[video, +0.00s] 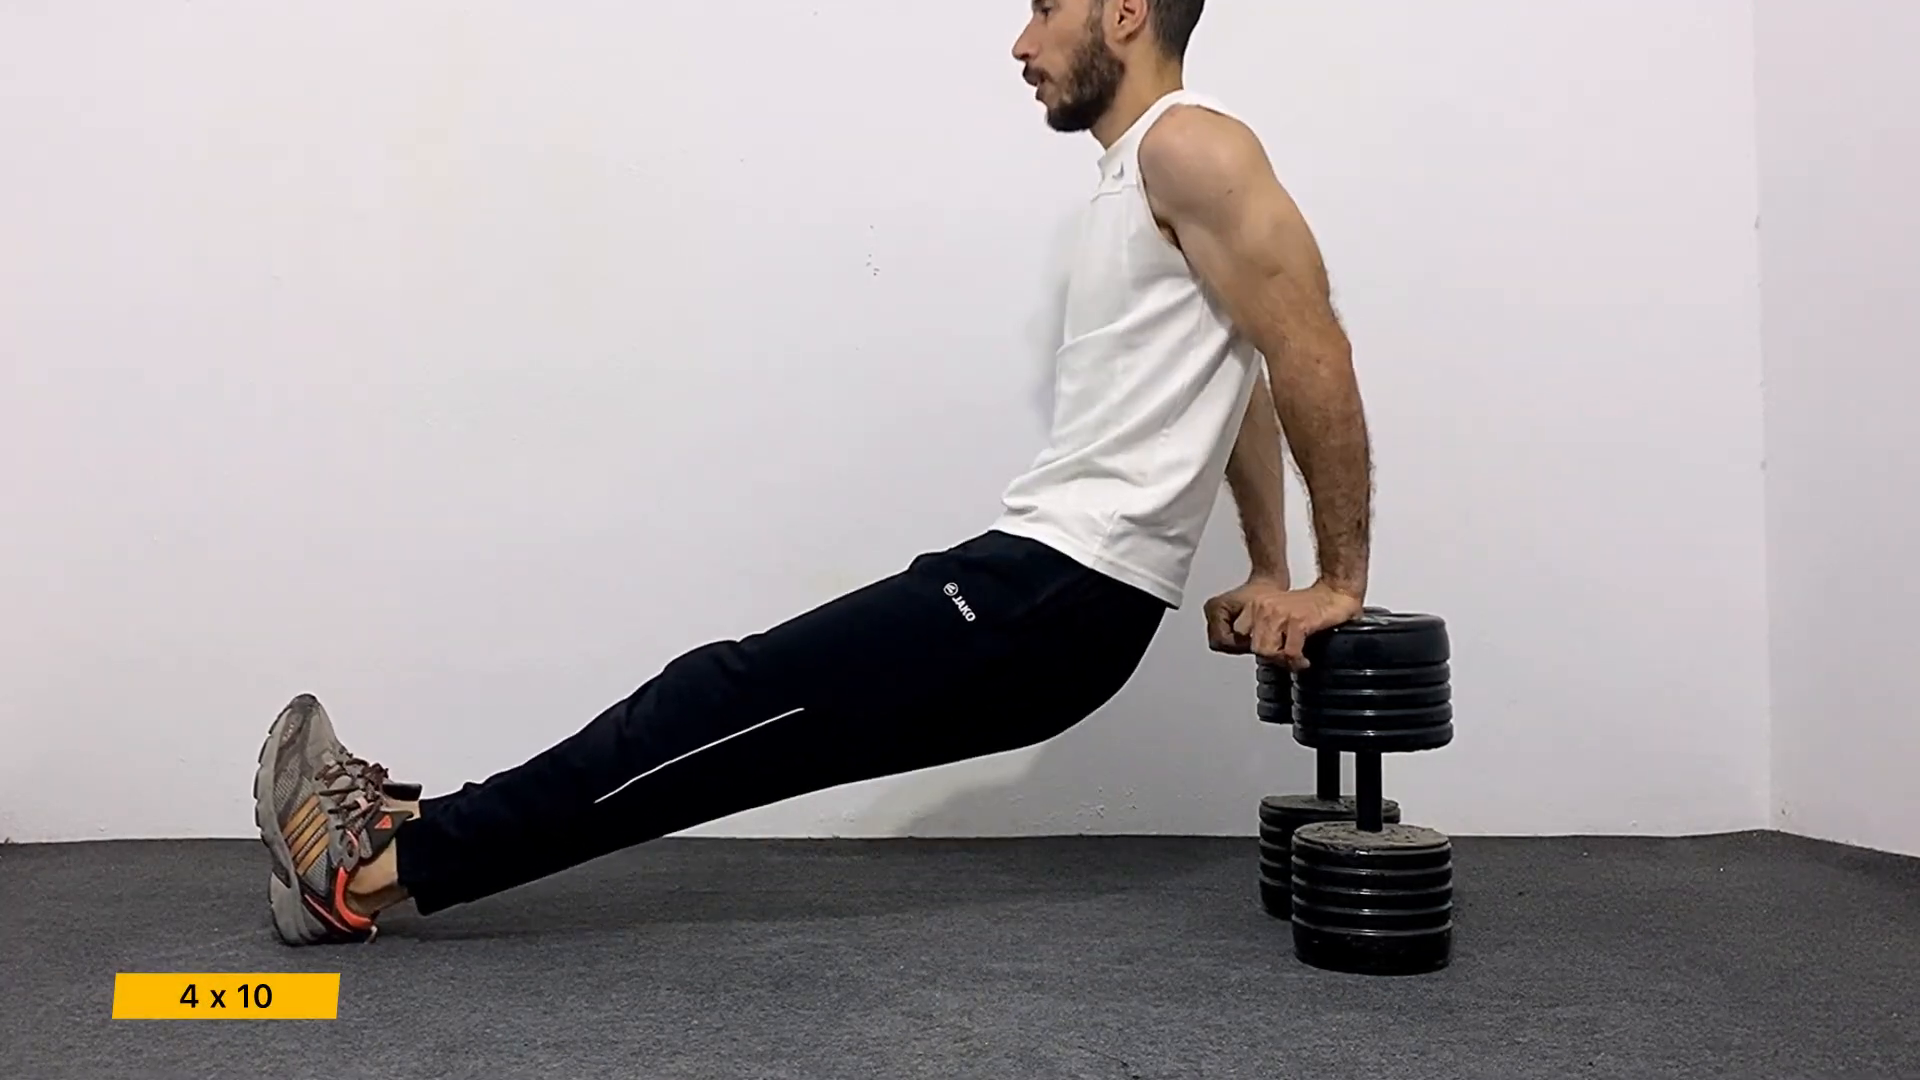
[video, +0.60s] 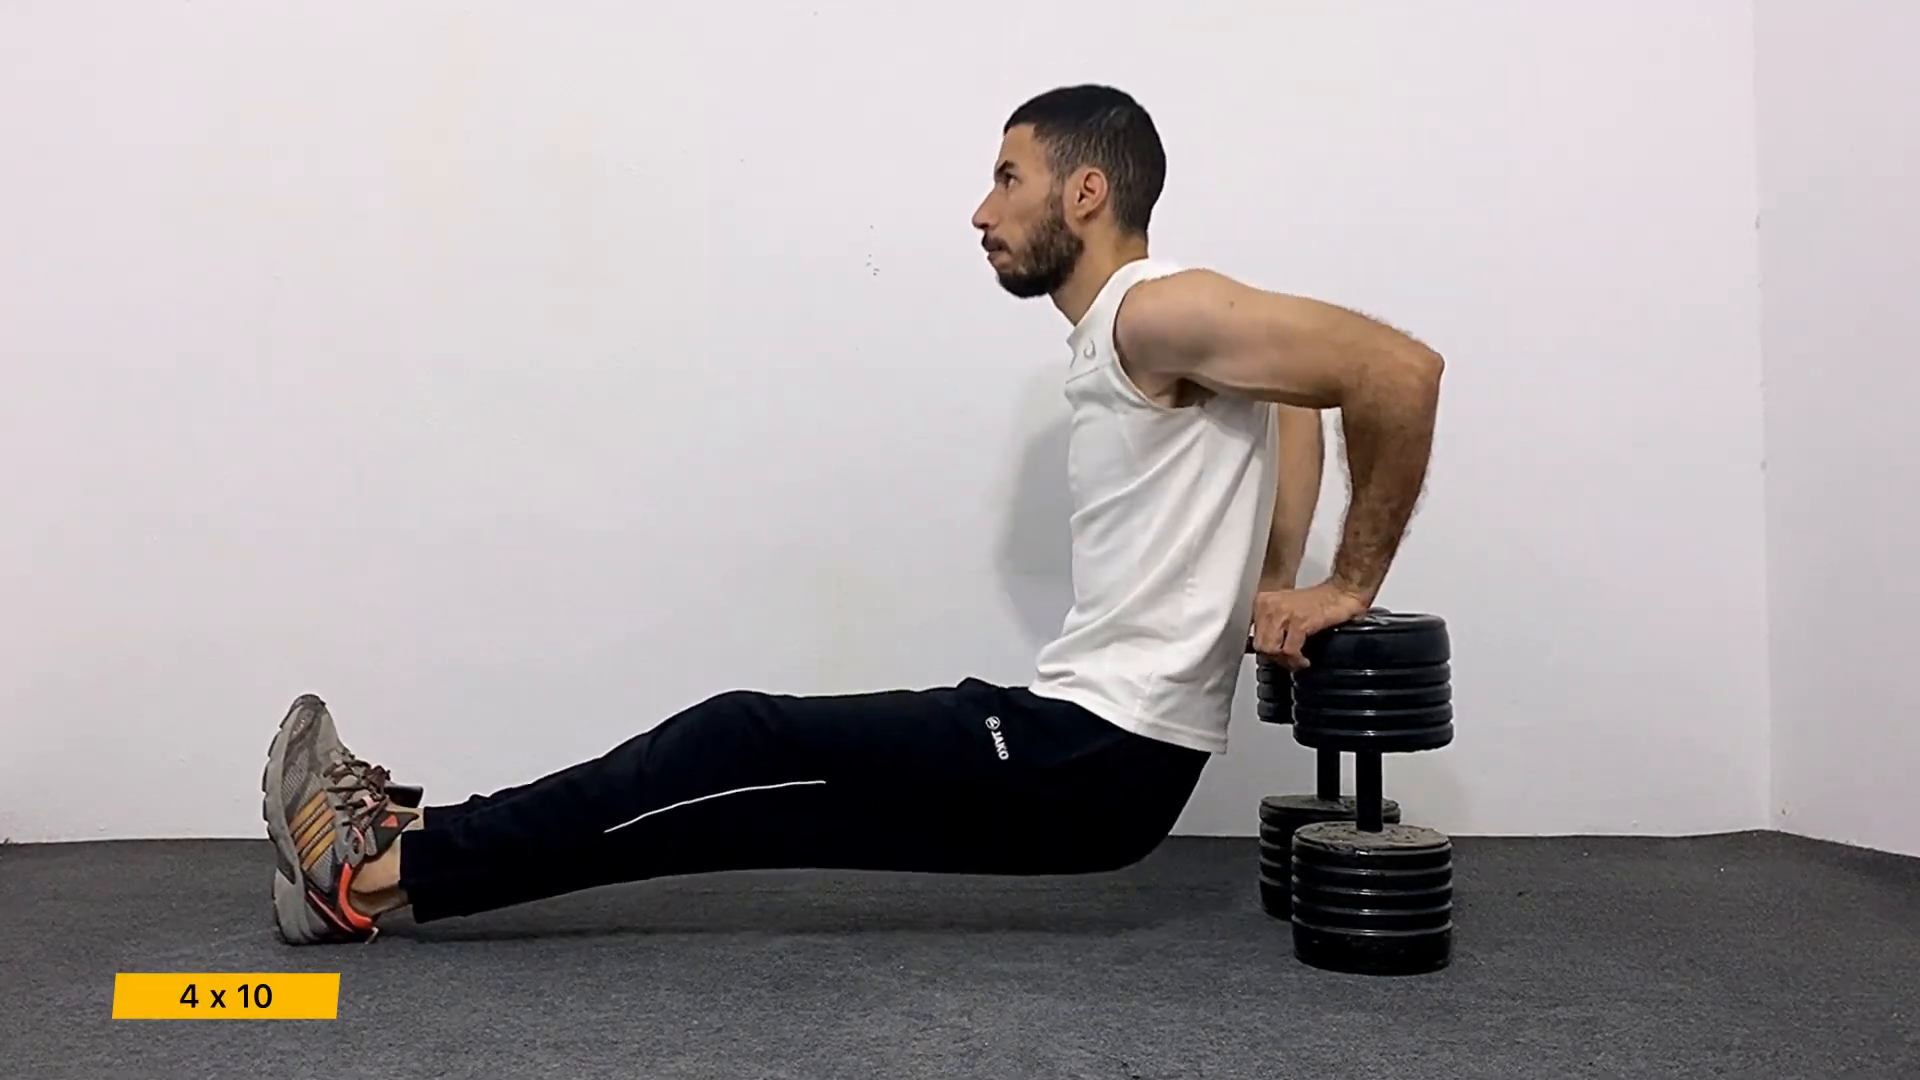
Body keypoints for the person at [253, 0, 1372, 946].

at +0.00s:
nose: (1021, 43)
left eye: (1042, 13)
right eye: (1027, 16)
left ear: (1128, 17)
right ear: (1112, 24)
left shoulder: (1189, 144)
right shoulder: (1146, 168)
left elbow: (1313, 350)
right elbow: (1244, 383)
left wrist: (1346, 579)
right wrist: (1263, 572)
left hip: (1063, 590)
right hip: (1041, 576)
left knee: (721, 714)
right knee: (715, 700)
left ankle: (379, 877)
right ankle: (412, 843)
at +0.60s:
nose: (982, 212)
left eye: (1004, 182)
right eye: (989, 185)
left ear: (1092, 193)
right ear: (1092, 196)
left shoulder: (1155, 314)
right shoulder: (1127, 315)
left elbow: (1401, 373)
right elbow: (1302, 380)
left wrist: (1352, 590)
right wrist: (1278, 570)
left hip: (1105, 747)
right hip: (1077, 725)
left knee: (737, 746)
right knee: (734, 755)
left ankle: (381, 878)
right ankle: (412, 846)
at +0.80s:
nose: (973, 260)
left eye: (997, 229)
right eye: (982, 231)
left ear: (1082, 240)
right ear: (1084, 242)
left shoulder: (1145, 357)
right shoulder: (1129, 362)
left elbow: (1402, 379)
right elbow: (1299, 401)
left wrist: (1352, 592)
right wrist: (1281, 577)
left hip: (1099, 793)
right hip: (1088, 783)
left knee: (741, 749)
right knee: (732, 809)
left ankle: (389, 870)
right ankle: (418, 848)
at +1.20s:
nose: (973, 246)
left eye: (995, 214)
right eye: (981, 217)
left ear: (1082, 223)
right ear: (1083, 224)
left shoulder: (1143, 343)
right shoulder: (1126, 343)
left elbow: (1399, 377)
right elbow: (1303, 388)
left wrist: (1356, 590)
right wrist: (1281, 575)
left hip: (1104, 776)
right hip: (1086, 753)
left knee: (738, 752)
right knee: (734, 768)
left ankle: (393, 873)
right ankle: (422, 844)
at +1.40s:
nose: (987, 158)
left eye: (1008, 126)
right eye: (994, 128)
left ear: (1092, 134)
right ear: (1096, 140)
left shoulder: (1158, 255)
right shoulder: (1137, 269)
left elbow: (1380, 362)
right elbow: (1297, 377)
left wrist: (1352, 585)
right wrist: (1274, 576)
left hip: (1092, 692)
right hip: (1082, 685)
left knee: (730, 722)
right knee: (730, 759)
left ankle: (395, 863)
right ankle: (409, 858)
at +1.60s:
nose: (1010, 70)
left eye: (1029, 41)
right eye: (1015, 44)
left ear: (1113, 42)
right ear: (1105, 48)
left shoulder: (1183, 166)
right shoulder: (1149, 190)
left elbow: (1332, 357)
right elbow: (1261, 387)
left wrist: (1351, 583)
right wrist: (1265, 575)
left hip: (1078, 611)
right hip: (1058, 596)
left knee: (728, 713)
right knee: (724, 701)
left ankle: (390, 873)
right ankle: (417, 843)